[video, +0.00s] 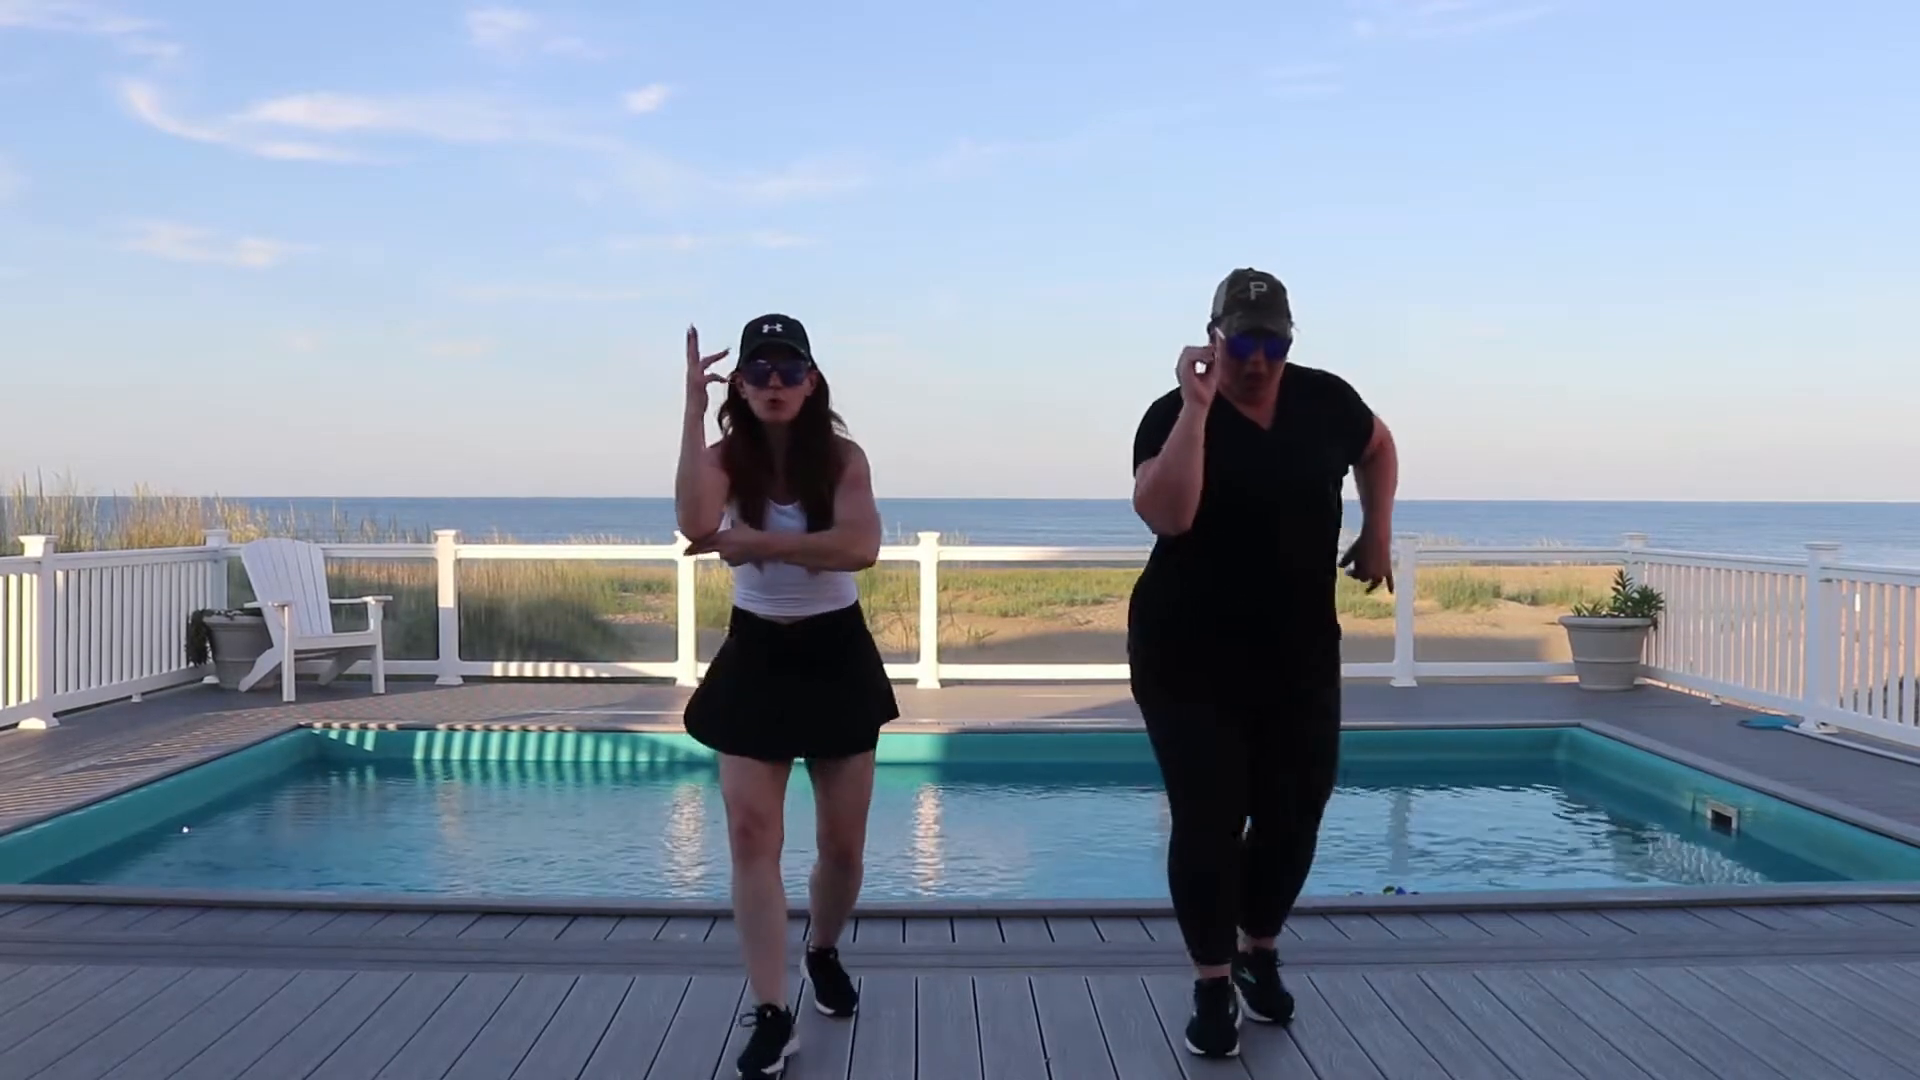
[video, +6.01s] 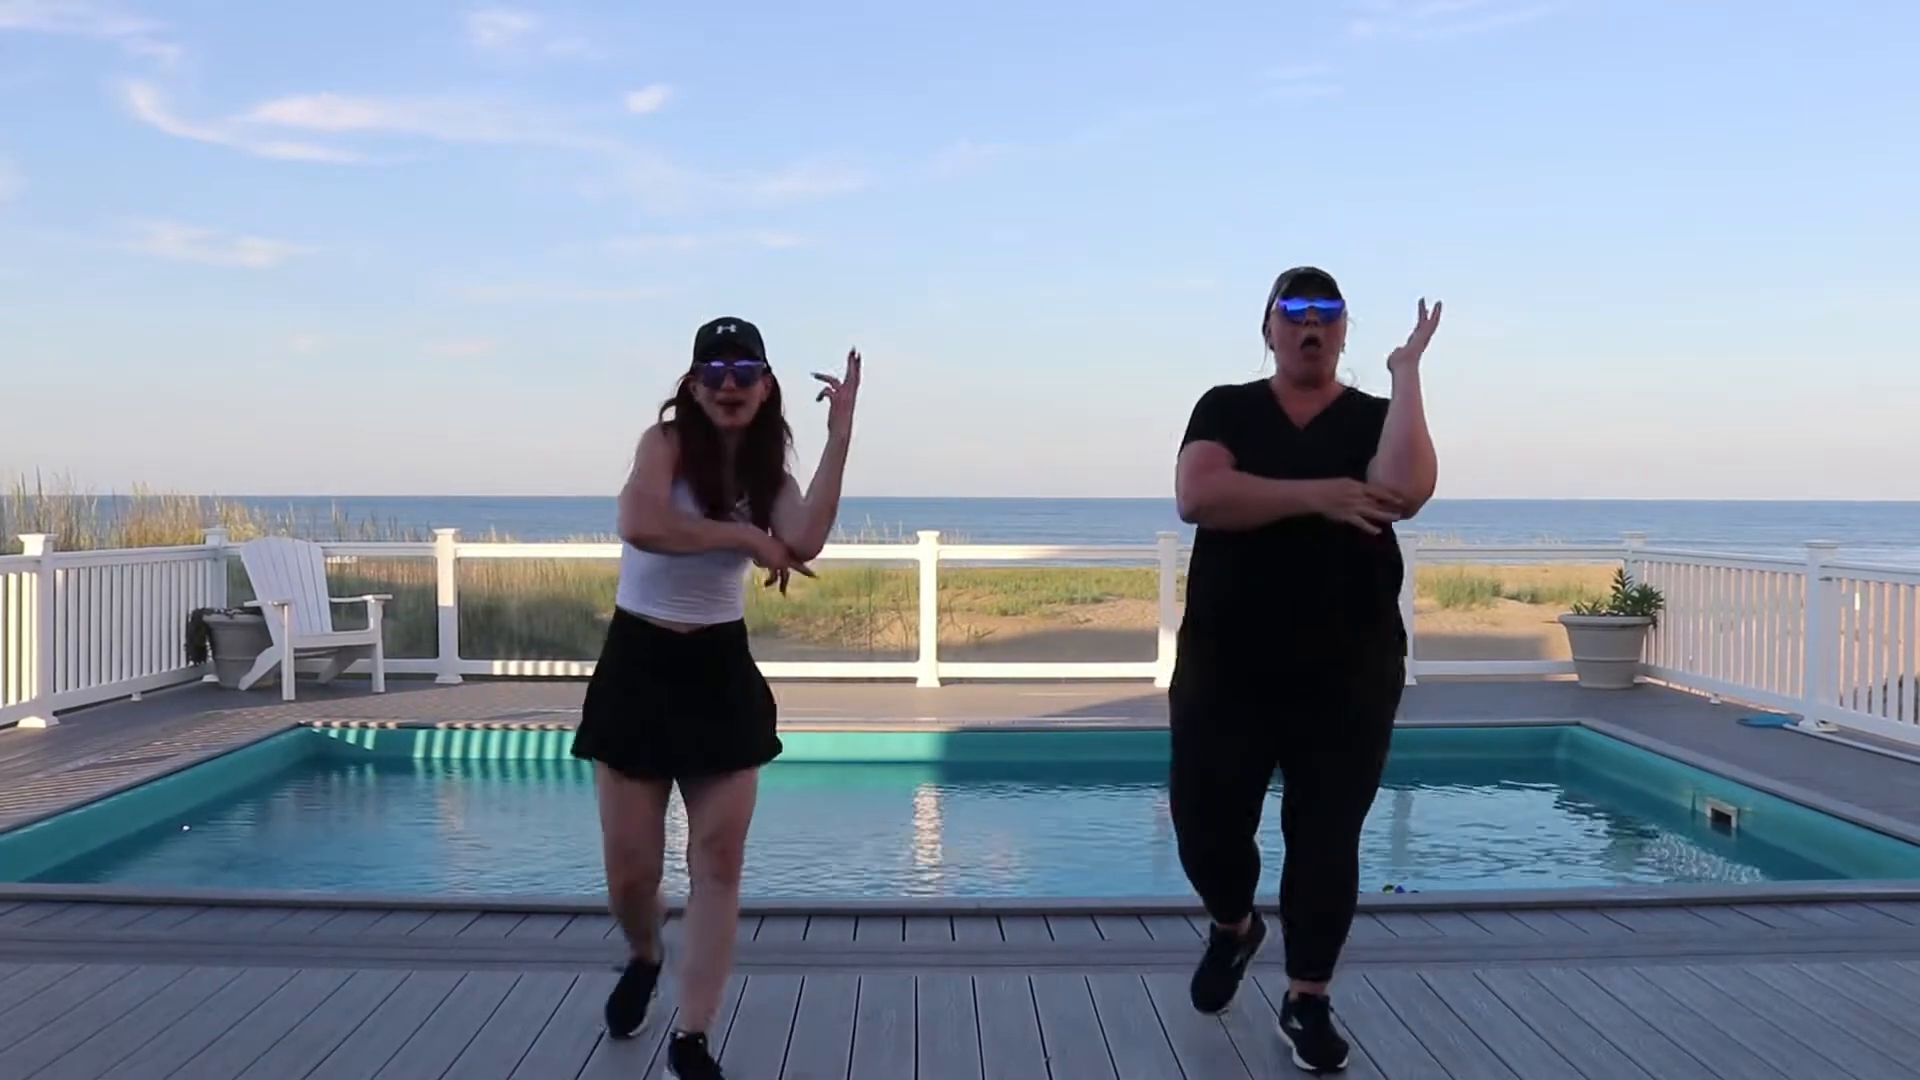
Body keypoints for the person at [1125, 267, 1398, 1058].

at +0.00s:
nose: (1260, 357)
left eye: (1273, 344)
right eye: (1245, 343)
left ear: (1289, 338)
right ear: (1215, 336)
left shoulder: (1327, 401)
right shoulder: (1170, 416)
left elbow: (1377, 449)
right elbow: (1167, 514)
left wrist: (1377, 533)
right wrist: (1196, 404)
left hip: (1297, 647)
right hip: (1189, 651)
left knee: (1295, 808)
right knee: (1207, 813)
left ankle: (1257, 948)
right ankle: (1212, 979)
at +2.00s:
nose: (1270, 325)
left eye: (1284, 314)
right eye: (1254, 314)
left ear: (1302, 328)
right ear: (1225, 326)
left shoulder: (1342, 413)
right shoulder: (1184, 408)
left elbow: (1401, 502)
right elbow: (1182, 499)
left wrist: (1309, 473)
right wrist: (1246, 410)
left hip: (1311, 652)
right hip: (1198, 652)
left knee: (1315, 813)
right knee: (1207, 821)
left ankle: (1275, 957)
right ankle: (1206, 970)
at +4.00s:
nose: (1278, 311)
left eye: (1292, 301)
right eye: (1263, 300)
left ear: (1310, 318)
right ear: (1235, 316)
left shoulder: (1346, 406)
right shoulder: (1193, 402)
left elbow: (1404, 453)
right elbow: (1178, 496)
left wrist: (1379, 340)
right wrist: (1301, 485)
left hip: (1315, 660)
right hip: (1201, 660)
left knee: (1319, 825)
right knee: (1211, 824)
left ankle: (1329, 1002)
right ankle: (1221, 973)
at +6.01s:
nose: (1310, 324)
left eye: (1325, 313)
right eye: (1296, 312)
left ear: (1344, 331)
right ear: (1270, 329)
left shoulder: (1377, 420)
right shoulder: (1227, 408)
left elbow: (1408, 489)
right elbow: (1198, 497)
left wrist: (1404, 373)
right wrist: (1318, 495)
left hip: (1346, 669)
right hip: (1227, 662)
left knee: (1327, 835)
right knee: (1205, 820)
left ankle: (1310, 995)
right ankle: (1235, 924)